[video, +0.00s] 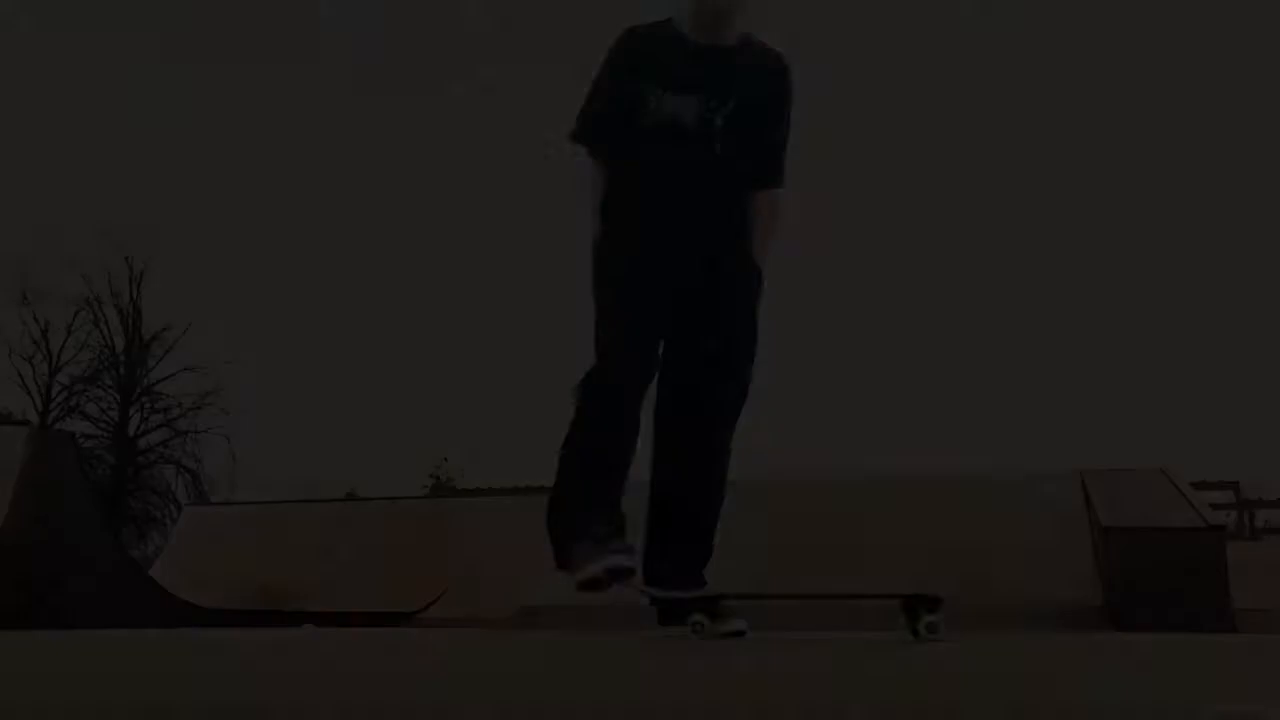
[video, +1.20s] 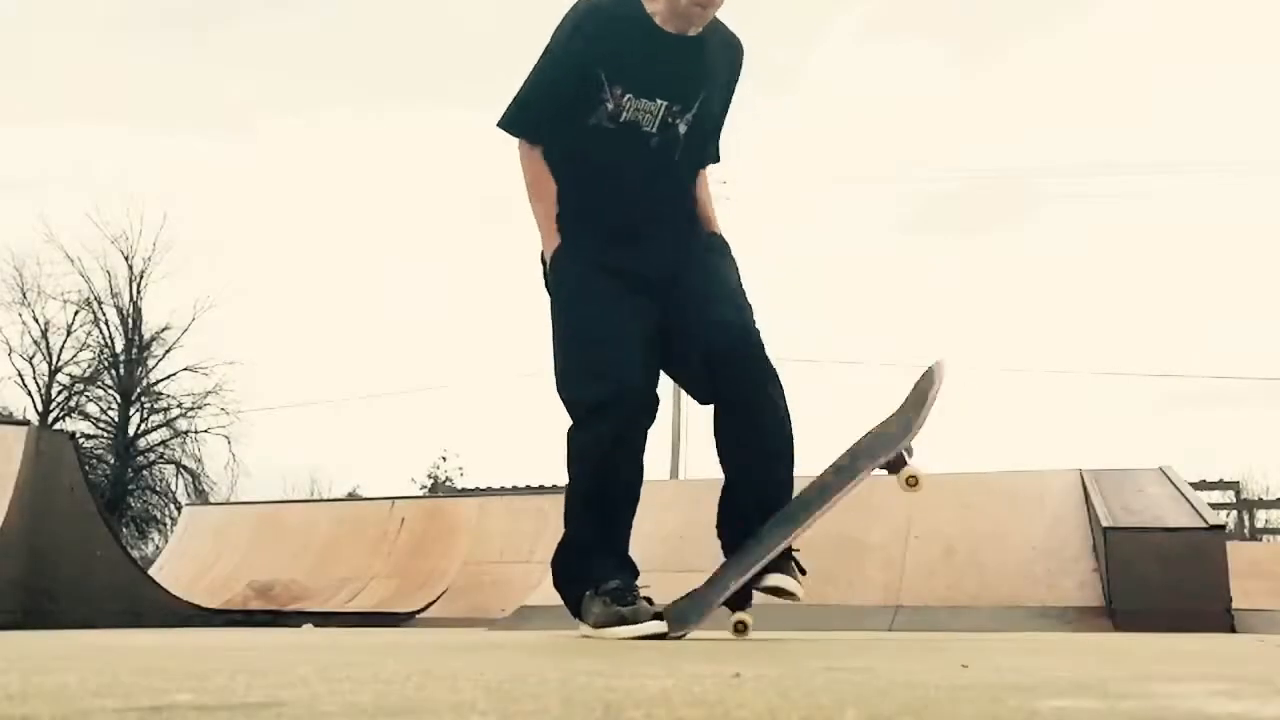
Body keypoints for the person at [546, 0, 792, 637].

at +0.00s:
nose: (722, 13)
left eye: (729, 7)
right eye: (716, 6)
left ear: (738, 10)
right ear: (700, 3)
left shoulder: (765, 70)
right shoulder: (638, 50)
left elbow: (764, 187)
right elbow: (599, 158)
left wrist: (753, 270)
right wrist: (614, 244)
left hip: (720, 278)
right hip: (634, 269)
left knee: (700, 430)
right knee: (614, 398)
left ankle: (680, 584)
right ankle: (584, 540)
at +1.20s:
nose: (712, 0)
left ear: (720, 1)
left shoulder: (724, 51)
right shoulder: (595, 20)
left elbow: (694, 165)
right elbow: (532, 136)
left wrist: (715, 249)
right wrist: (555, 250)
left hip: (683, 254)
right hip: (594, 257)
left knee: (753, 390)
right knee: (615, 408)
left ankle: (754, 550)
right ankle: (597, 581)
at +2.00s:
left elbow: (756, 43)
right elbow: (571, 22)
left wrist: (731, 141)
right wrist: (567, 86)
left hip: (698, 83)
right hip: (603, 66)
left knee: (659, 292)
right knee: (559, 179)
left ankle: (633, 481)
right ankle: (488, 345)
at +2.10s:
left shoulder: (729, 9)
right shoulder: (568, 5)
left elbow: (745, 54)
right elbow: (564, 44)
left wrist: (723, 152)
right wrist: (555, 117)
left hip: (687, 102)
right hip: (591, 88)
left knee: (651, 296)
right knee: (552, 185)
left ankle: (624, 488)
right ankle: (490, 343)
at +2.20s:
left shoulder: (719, 8)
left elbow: (733, 57)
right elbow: (555, 47)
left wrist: (717, 162)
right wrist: (544, 131)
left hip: (678, 111)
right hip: (581, 102)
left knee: (646, 313)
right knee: (550, 185)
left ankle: (623, 490)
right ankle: (492, 346)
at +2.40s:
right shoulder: (515, 3)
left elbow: (701, 51)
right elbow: (522, 56)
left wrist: (689, 163)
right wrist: (518, 135)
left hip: (646, 124)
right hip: (551, 118)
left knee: (622, 320)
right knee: (519, 195)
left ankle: (610, 493)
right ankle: (477, 356)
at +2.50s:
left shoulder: (664, 8)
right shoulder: (495, 4)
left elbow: (673, 46)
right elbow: (499, 53)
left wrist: (663, 154)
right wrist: (489, 136)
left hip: (622, 128)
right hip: (523, 122)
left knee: (606, 318)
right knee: (480, 213)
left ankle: (599, 496)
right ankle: (459, 368)